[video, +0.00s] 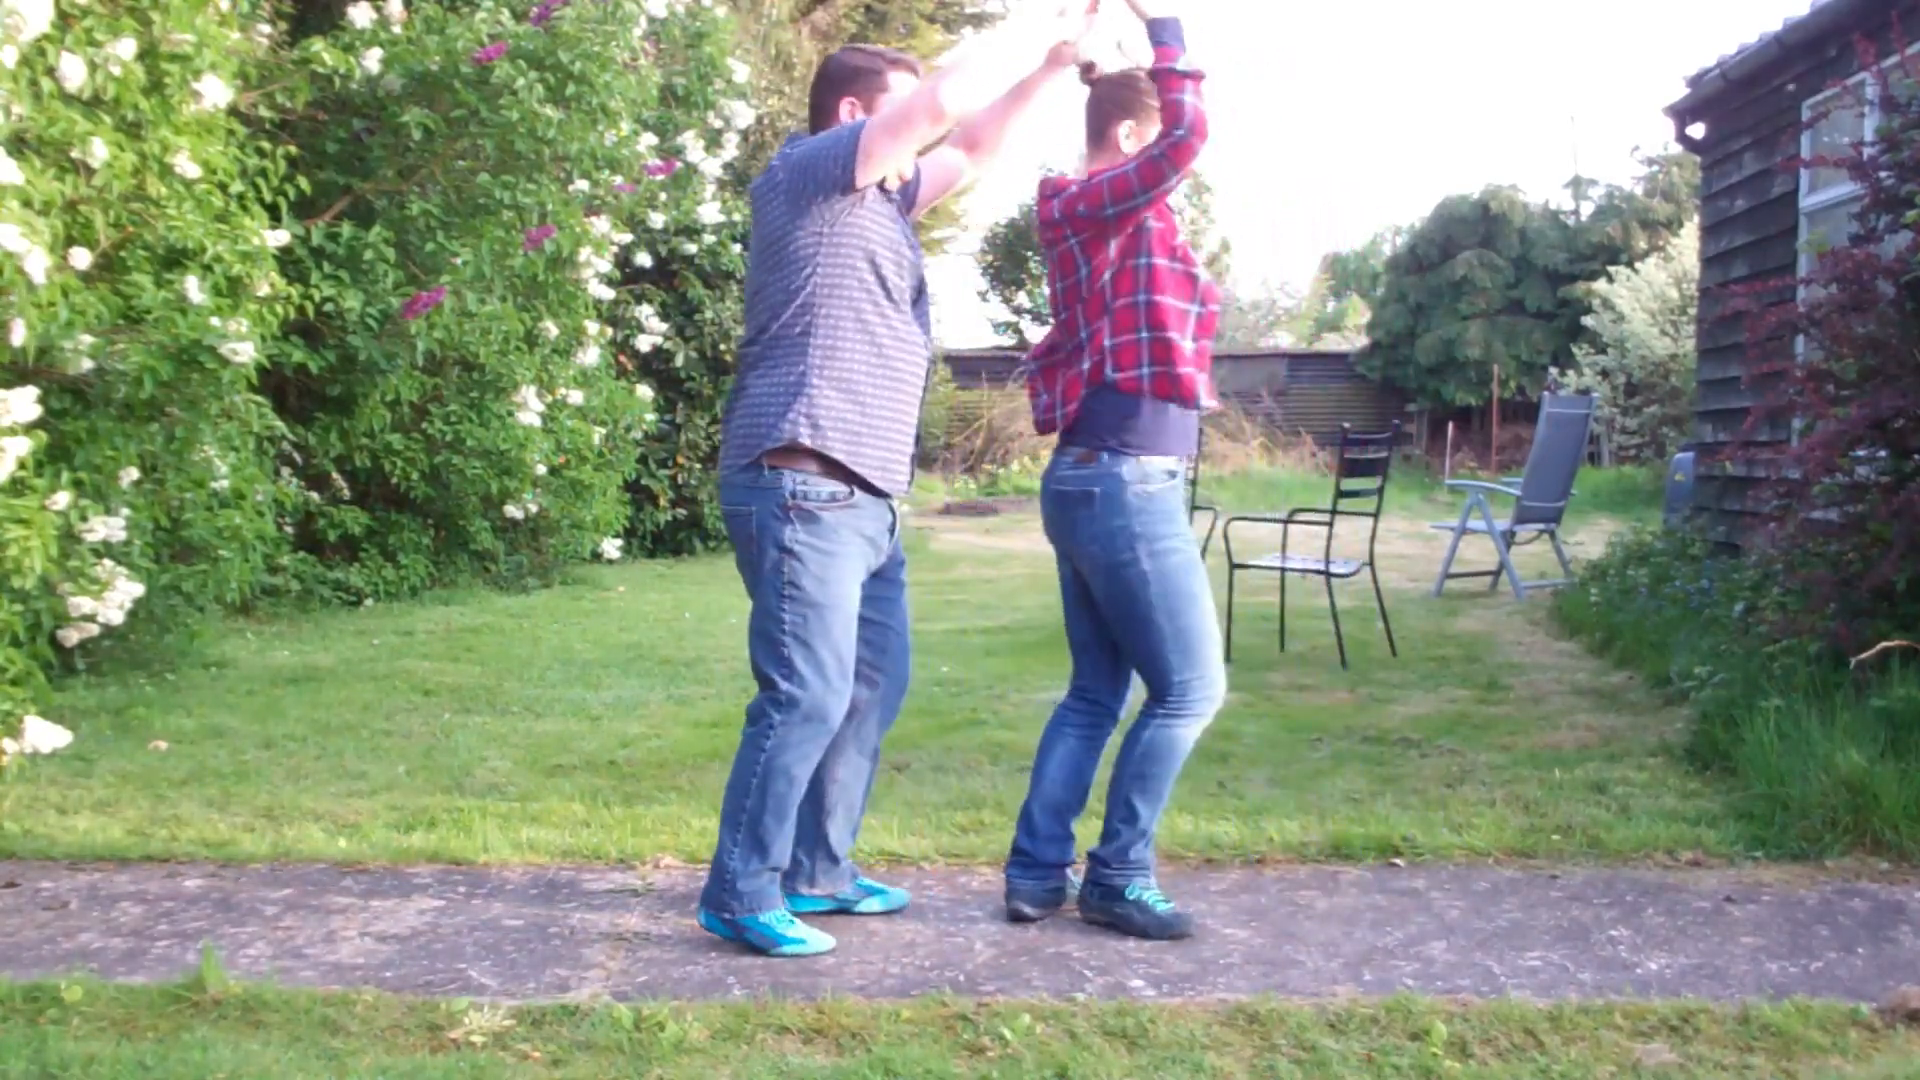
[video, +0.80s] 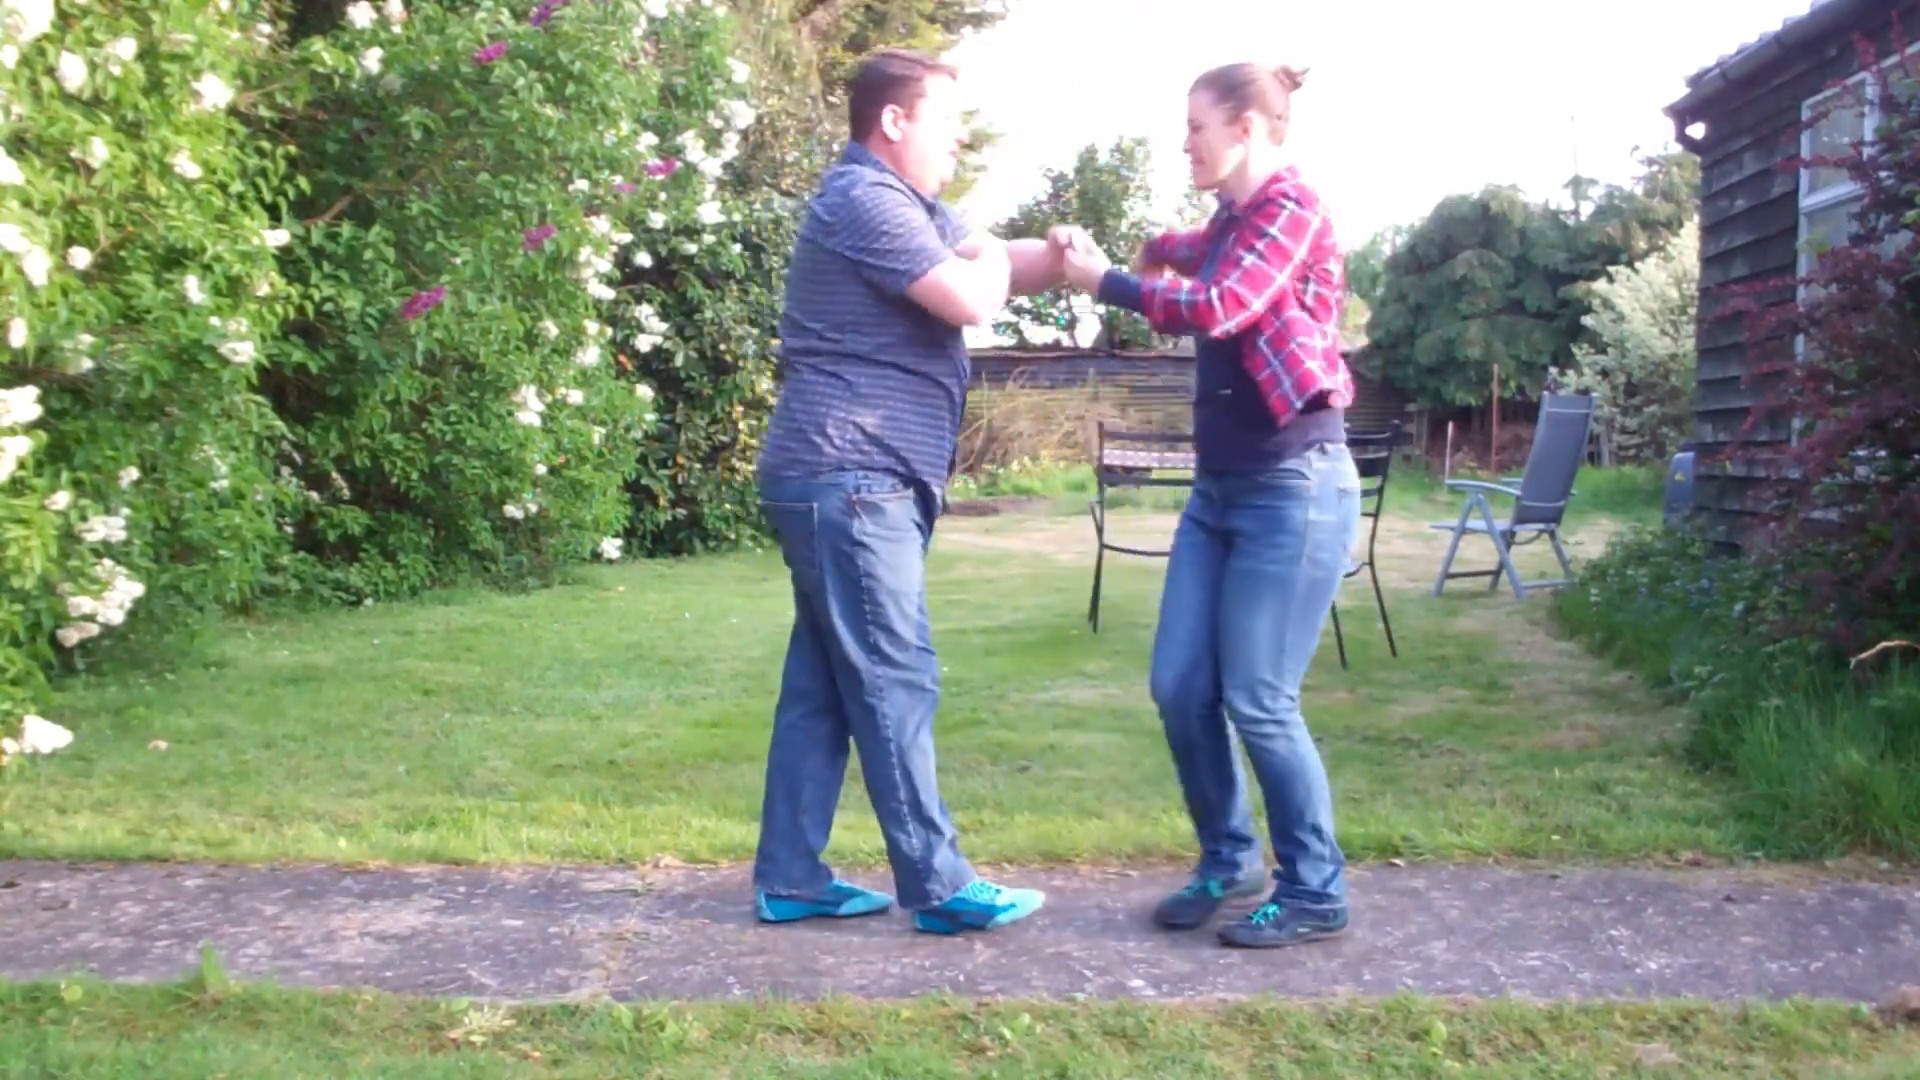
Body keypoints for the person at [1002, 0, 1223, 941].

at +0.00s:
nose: (1170, 141)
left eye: (1168, 126)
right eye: (1162, 127)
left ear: (1104, 124)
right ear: (1128, 128)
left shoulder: (1098, 207)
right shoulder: (1093, 195)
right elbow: (1186, 134)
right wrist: (1162, 40)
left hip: (1090, 475)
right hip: (1127, 481)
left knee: (1096, 692)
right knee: (1191, 689)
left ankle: (1034, 873)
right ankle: (1117, 876)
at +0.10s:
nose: (1160, 146)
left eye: (1164, 131)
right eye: (1148, 131)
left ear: (1152, 136)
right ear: (1114, 133)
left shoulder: (1156, 208)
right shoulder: (1076, 207)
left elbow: (1217, 124)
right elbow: (1142, 154)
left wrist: (1170, 39)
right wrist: (1128, 52)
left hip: (1163, 479)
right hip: (1118, 481)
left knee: (1152, 686)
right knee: (1165, 690)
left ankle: (1044, 846)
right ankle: (1112, 880)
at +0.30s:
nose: (1148, 134)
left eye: (1163, 121)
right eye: (1132, 119)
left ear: (1183, 131)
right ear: (1103, 126)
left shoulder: (1201, 199)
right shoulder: (1085, 215)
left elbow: (1240, 95)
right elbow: (1066, 245)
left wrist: (1160, 19)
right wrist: (1056, 188)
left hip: (1225, 470)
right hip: (1124, 470)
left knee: (1243, 682)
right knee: (1137, 688)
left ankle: (1182, 819)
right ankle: (1106, 878)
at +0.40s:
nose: (1139, 132)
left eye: (1157, 118)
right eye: (1125, 117)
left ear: (1191, 128)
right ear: (1108, 130)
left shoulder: (1219, 203)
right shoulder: (1093, 224)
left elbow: (1231, 118)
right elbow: (1072, 319)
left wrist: (1153, 54)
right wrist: (1049, 317)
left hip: (1241, 470)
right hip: (1132, 473)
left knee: (1236, 686)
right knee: (1139, 687)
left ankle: (1268, 860)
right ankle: (1107, 881)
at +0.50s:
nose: (1149, 137)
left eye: (1165, 122)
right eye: (1140, 121)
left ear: (1205, 128)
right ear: (1125, 135)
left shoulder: (1242, 205)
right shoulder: (1112, 230)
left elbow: (1188, 127)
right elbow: (1092, 352)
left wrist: (1095, 86)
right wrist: (1052, 449)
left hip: (1252, 476)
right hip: (1143, 479)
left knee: (1237, 691)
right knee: (1148, 691)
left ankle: (1308, 881)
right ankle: (1108, 880)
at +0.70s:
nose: (1169, 146)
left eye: (1182, 130)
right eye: (1168, 130)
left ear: (1236, 129)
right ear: (1201, 134)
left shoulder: (1285, 200)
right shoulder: (1193, 229)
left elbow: (1210, 263)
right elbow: (1165, 334)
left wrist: (1095, 220)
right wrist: (1127, 381)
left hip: (1287, 489)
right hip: (1194, 488)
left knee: (1257, 696)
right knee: (1168, 691)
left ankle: (1314, 891)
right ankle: (1144, 877)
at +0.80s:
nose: (1186, 145)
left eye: (1197, 130)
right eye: (1186, 130)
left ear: (1251, 130)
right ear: (1229, 132)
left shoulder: (1291, 209)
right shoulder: (1224, 221)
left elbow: (1216, 309)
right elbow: (1173, 259)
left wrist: (1100, 279)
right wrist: (1120, 255)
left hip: (1298, 488)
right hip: (1221, 489)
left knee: (1258, 695)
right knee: (1180, 684)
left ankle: (1315, 892)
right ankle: (1228, 863)